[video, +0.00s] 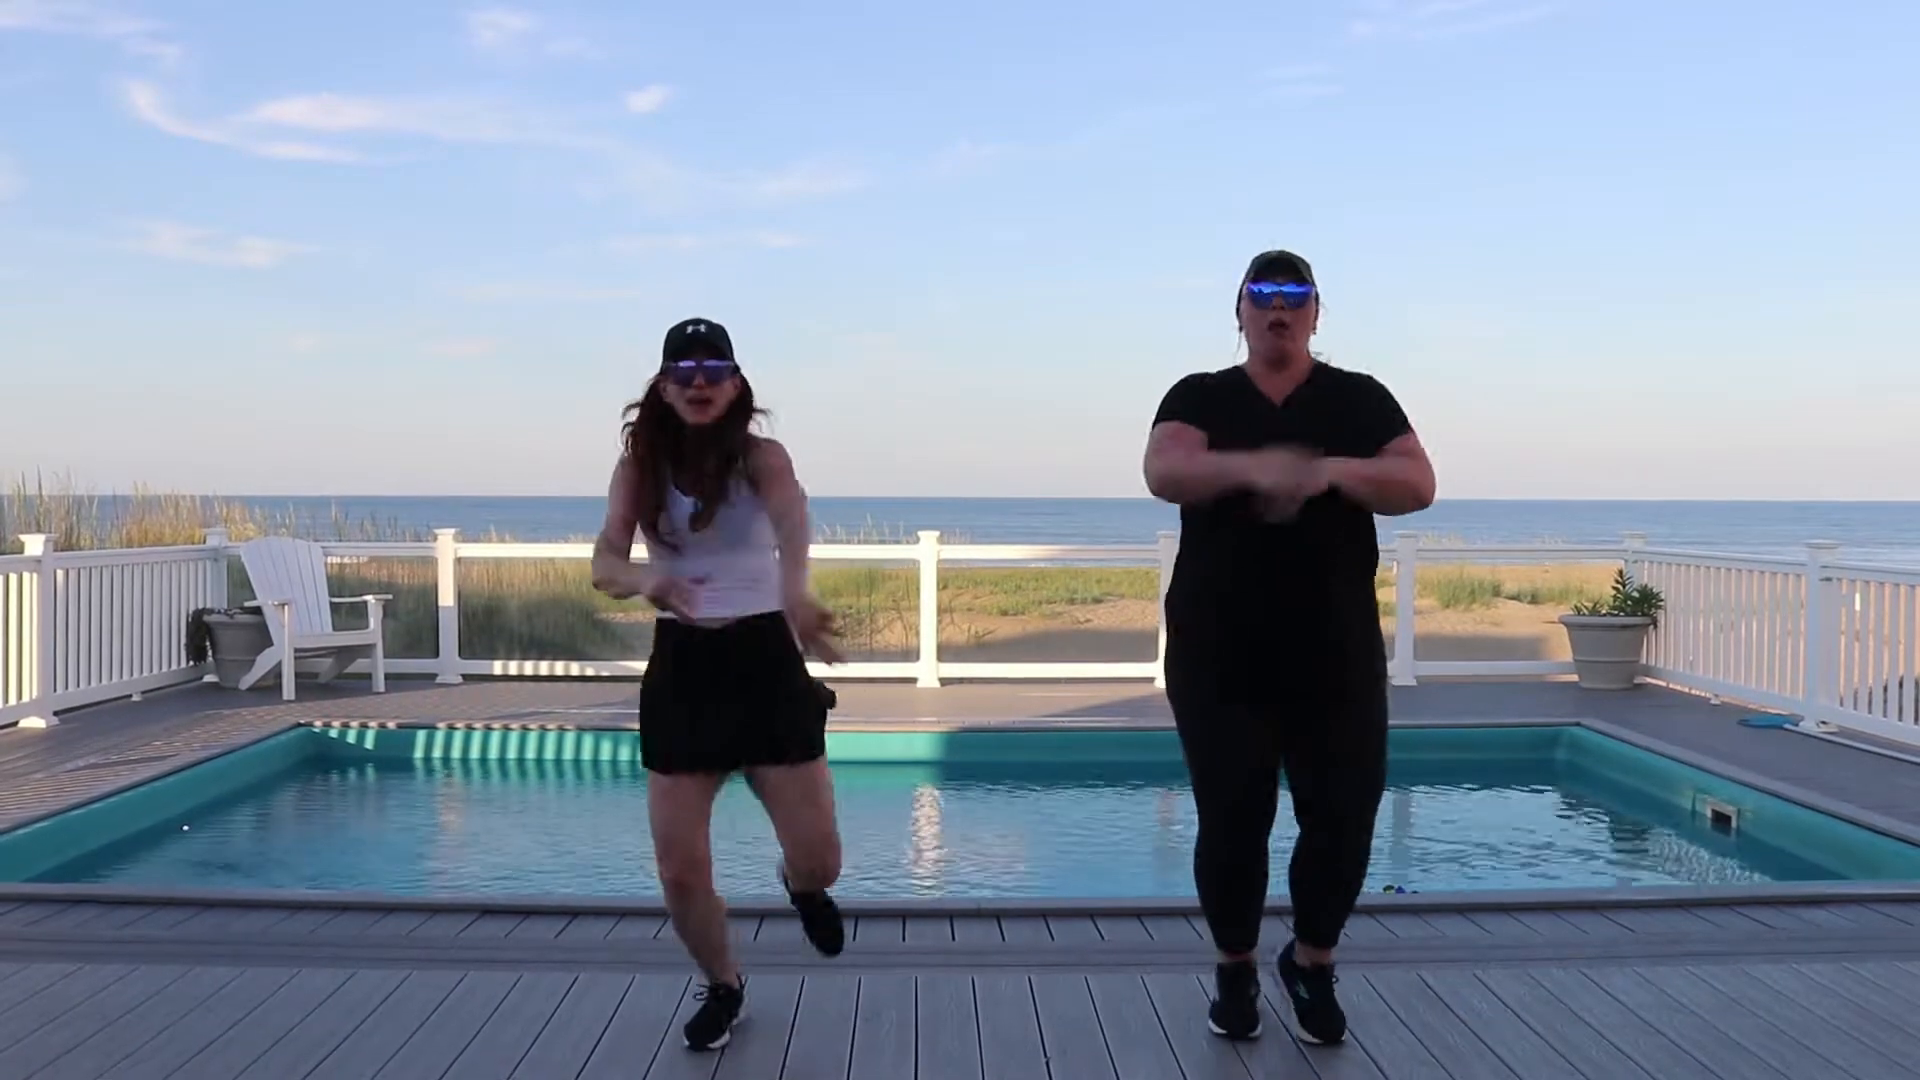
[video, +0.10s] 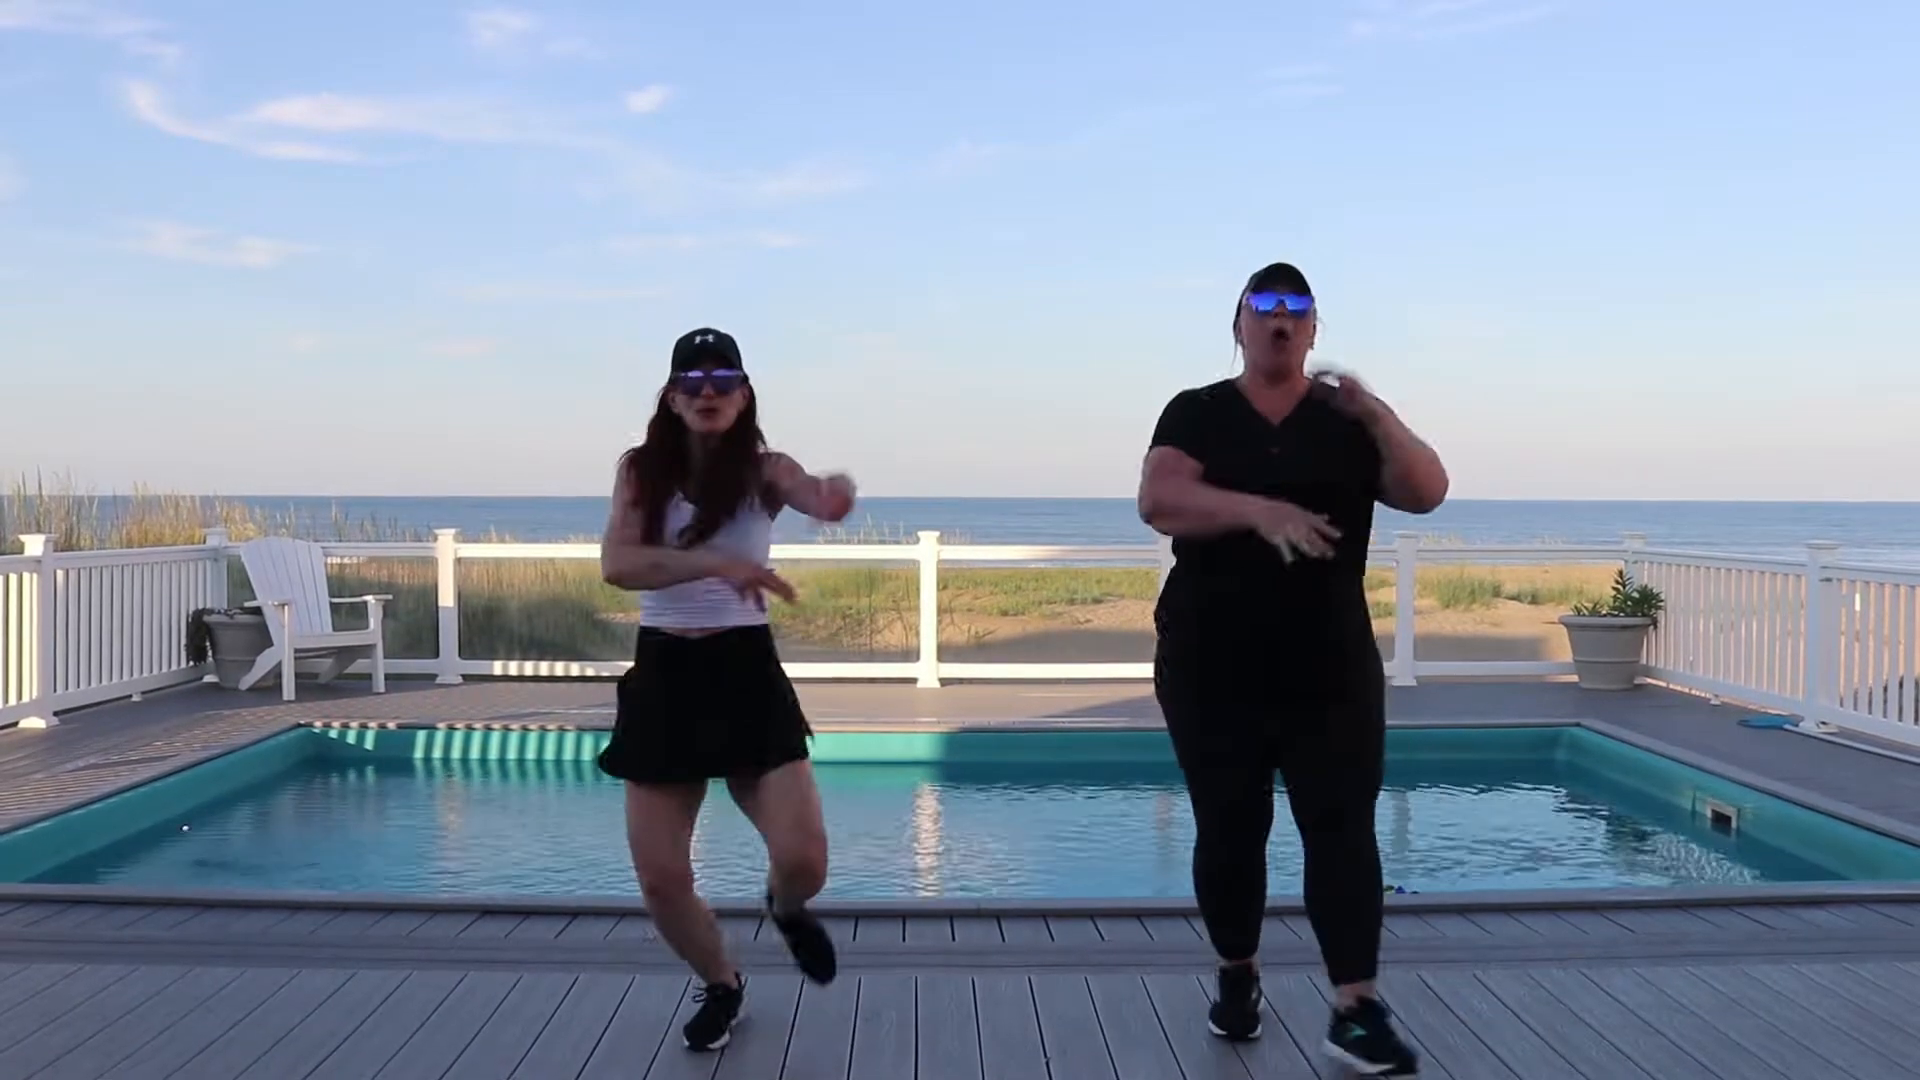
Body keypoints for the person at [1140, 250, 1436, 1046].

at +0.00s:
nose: (1280, 309)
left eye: (1294, 297)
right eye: (1264, 297)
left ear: (1316, 312)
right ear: (1241, 311)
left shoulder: (1359, 398)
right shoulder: (1199, 396)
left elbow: (1418, 483)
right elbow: (1165, 472)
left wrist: (1331, 471)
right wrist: (1252, 467)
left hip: (1337, 650)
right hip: (1221, 653)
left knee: (1344, 816)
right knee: (1232, 818)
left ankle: (1312, 962)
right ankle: (1236, 968)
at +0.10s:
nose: (1283, 323)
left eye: (1296, 313)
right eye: (1268, 311)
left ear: (1314, 329)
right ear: (1240, 325)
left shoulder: (1351, 423)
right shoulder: (1196, 413)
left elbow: (1428, 490)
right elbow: (1160, 500)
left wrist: (1375, 411)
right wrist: (1260, 511)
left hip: (1332, 662)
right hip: (1216, 665)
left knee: (1344, 827)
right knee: (1229, 829)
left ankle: (1357, 1003)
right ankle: (1236, 975)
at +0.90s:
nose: (1307, 322)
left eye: (1320, 310)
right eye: (1291, 310)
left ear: (1338, 321)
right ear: (1264, 322)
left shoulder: (1382, 406)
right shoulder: (1226, 391)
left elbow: (1436, 493)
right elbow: (1202, 457)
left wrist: (1350, 457)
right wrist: (1265, 476)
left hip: (1341, 660)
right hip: (1226, 655)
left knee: (1314, 821)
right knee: (1212, 817)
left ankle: (1294, 968)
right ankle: (1222, 960)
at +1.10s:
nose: (1297, 310)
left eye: (1309, 300)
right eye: (1281, 300)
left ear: (1328, 312)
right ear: (1254, 311)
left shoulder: (1370, 390)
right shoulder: (1211, 393)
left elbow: (1416, 468)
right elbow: (1207, 455)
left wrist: (1303, 466)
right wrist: (1234, 342)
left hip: (1338, 645)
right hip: (1226, 645)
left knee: (1315, 812)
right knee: (1225, 812)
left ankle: (1297, 971)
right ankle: (1216, 989)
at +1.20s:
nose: (1285, 299)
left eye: (1299, 289)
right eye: (1269, 287)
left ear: (1316, 303)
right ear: (1241, 303)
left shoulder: (1357, 375)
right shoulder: (1200, 388)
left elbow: (1412, 441)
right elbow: (1207, 454)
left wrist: (1302, 447)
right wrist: (1220, 341)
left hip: (1335, 634)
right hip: (1222, 637)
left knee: (1343, 801)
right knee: (1234, 809)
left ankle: (1298, 956)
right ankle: (1233, 984)